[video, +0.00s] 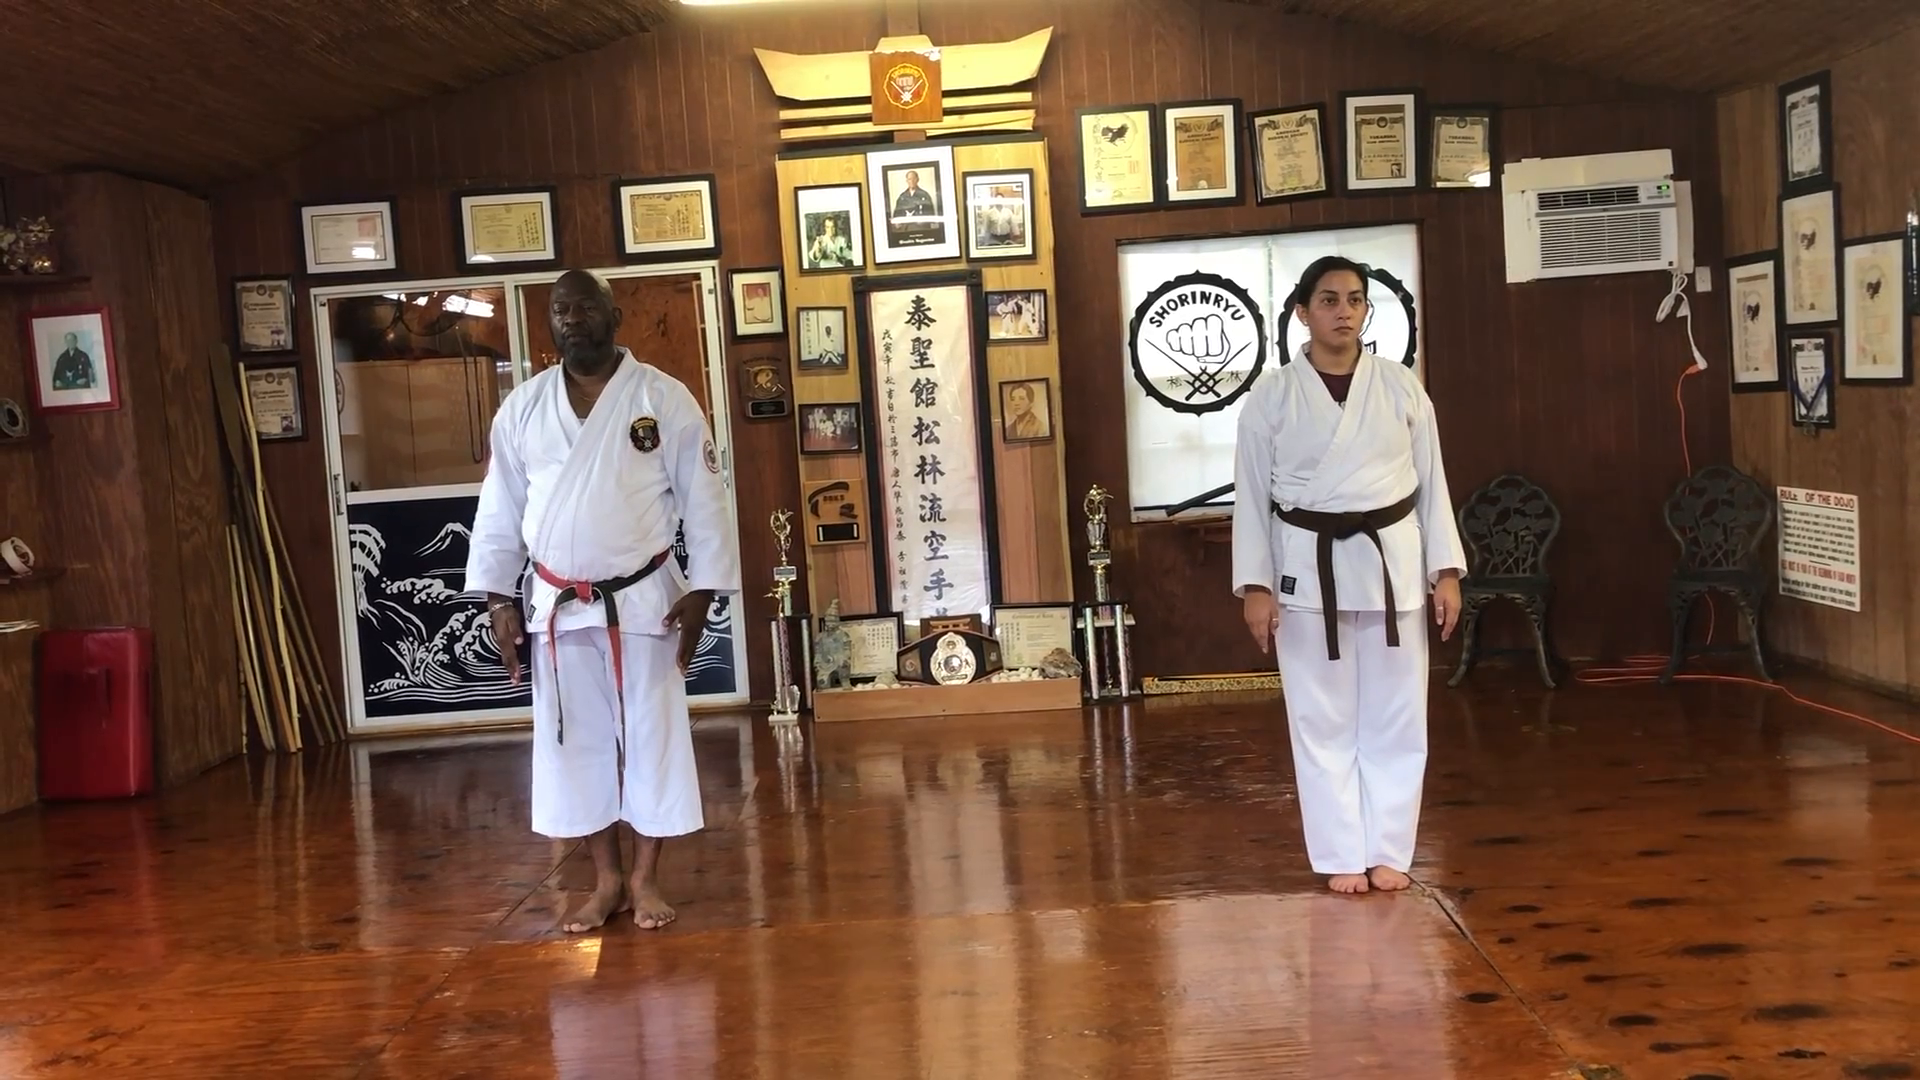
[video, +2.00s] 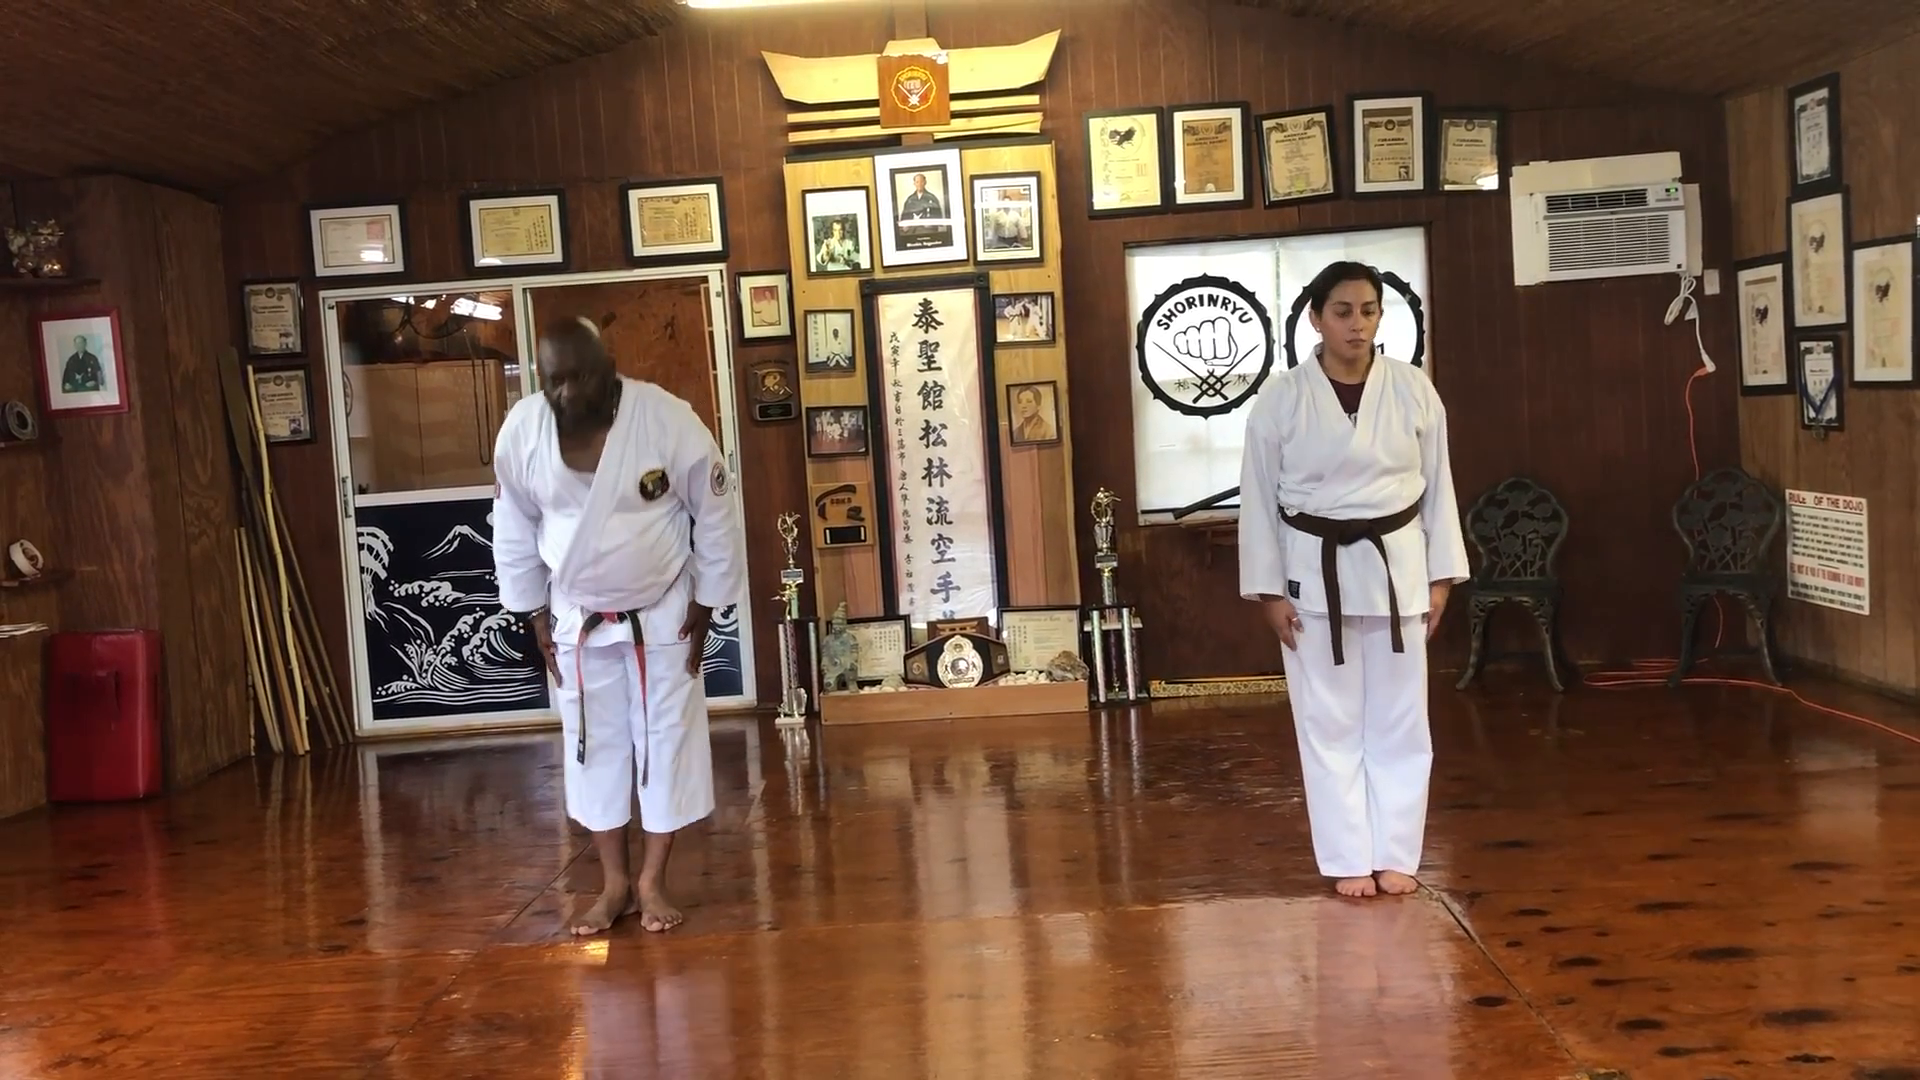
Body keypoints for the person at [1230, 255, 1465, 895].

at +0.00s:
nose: (1344, 311)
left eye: (1355, 299)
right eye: (1329, 299)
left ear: (1367, 311)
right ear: (1302, 311)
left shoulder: (1400, 385)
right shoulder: (1269, 396)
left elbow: (1430, 485)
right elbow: (1251, 497)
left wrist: (1445, 571)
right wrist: (1255, 584)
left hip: (1394, 569)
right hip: (1307, 574)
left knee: (1394, 718)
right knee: (1323, 720)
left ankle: (1388, 855)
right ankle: (1341, 860)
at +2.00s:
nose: (1357, 322)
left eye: (1368, 311)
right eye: (1343, 311)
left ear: (1380, 318)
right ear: (1316, 318)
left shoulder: (1412, 386)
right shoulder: (1280, 395)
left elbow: (1437, 486)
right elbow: (1258, 499)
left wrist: (1441, 577)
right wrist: (1270, 590)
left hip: (1398, 564)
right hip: (1313, 568)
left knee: (1398, 717)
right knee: (1330, 721)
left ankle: (1395, 859)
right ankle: (1348, 863)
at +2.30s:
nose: (1370, 397)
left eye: (1382, 382)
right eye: (1357, 383)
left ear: (1397, 375)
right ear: (1329, 375)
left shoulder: (1422, 423)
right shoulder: (1286, 429)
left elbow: (1435, 518)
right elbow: (1261, 525)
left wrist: (1430, 603)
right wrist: (1273, 615)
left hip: (1393, 574)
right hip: (1313, 578)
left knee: (1392, 715)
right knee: (1327, 719)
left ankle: (1386, 857)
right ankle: (1345, 861)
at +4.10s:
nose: (1375, 313)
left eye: (1386, 301)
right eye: (1360, 301)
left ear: (1398, 313)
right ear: (1334, 312)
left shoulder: (1429, 387)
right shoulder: (1298, 396)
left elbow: (1458, 487)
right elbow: (1276, 497)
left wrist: (1478, 570)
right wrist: (1283, 586)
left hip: (1425, 563)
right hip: (1335, 567)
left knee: (1455, 710)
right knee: (1345, 721)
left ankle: (1480, 844)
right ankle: (1356, 860)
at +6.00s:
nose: (1439, 356)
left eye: (1449, 344)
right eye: (1424, 343)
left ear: (1462, 353)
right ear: (1398, 353)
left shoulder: (1494, 429)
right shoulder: (1362, 437)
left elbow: (1522, 526)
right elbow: (1341, 531)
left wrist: (1536, 611)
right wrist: (1345, 615)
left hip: (1485, 611)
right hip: (1391, 612)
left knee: (1499, 764)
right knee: (1376, 765)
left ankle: (1514, 896)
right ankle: (1358, 901)